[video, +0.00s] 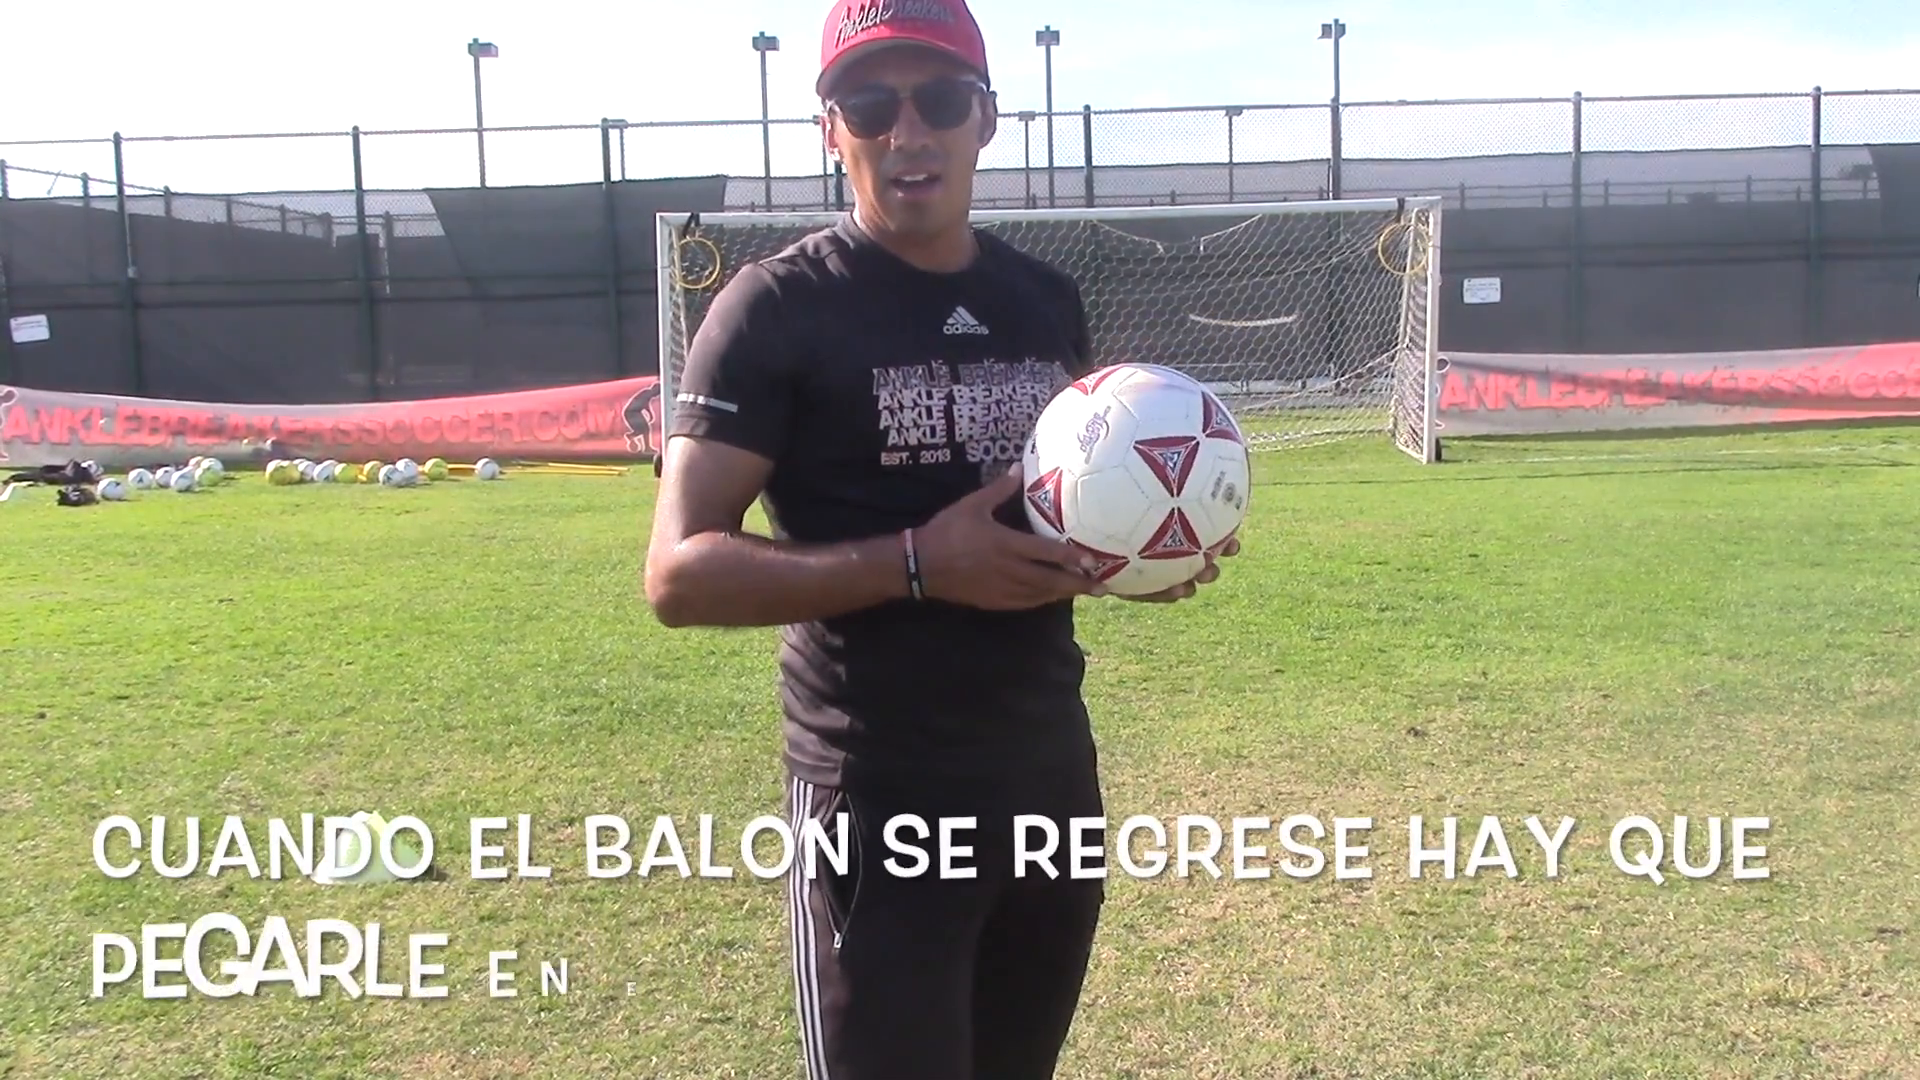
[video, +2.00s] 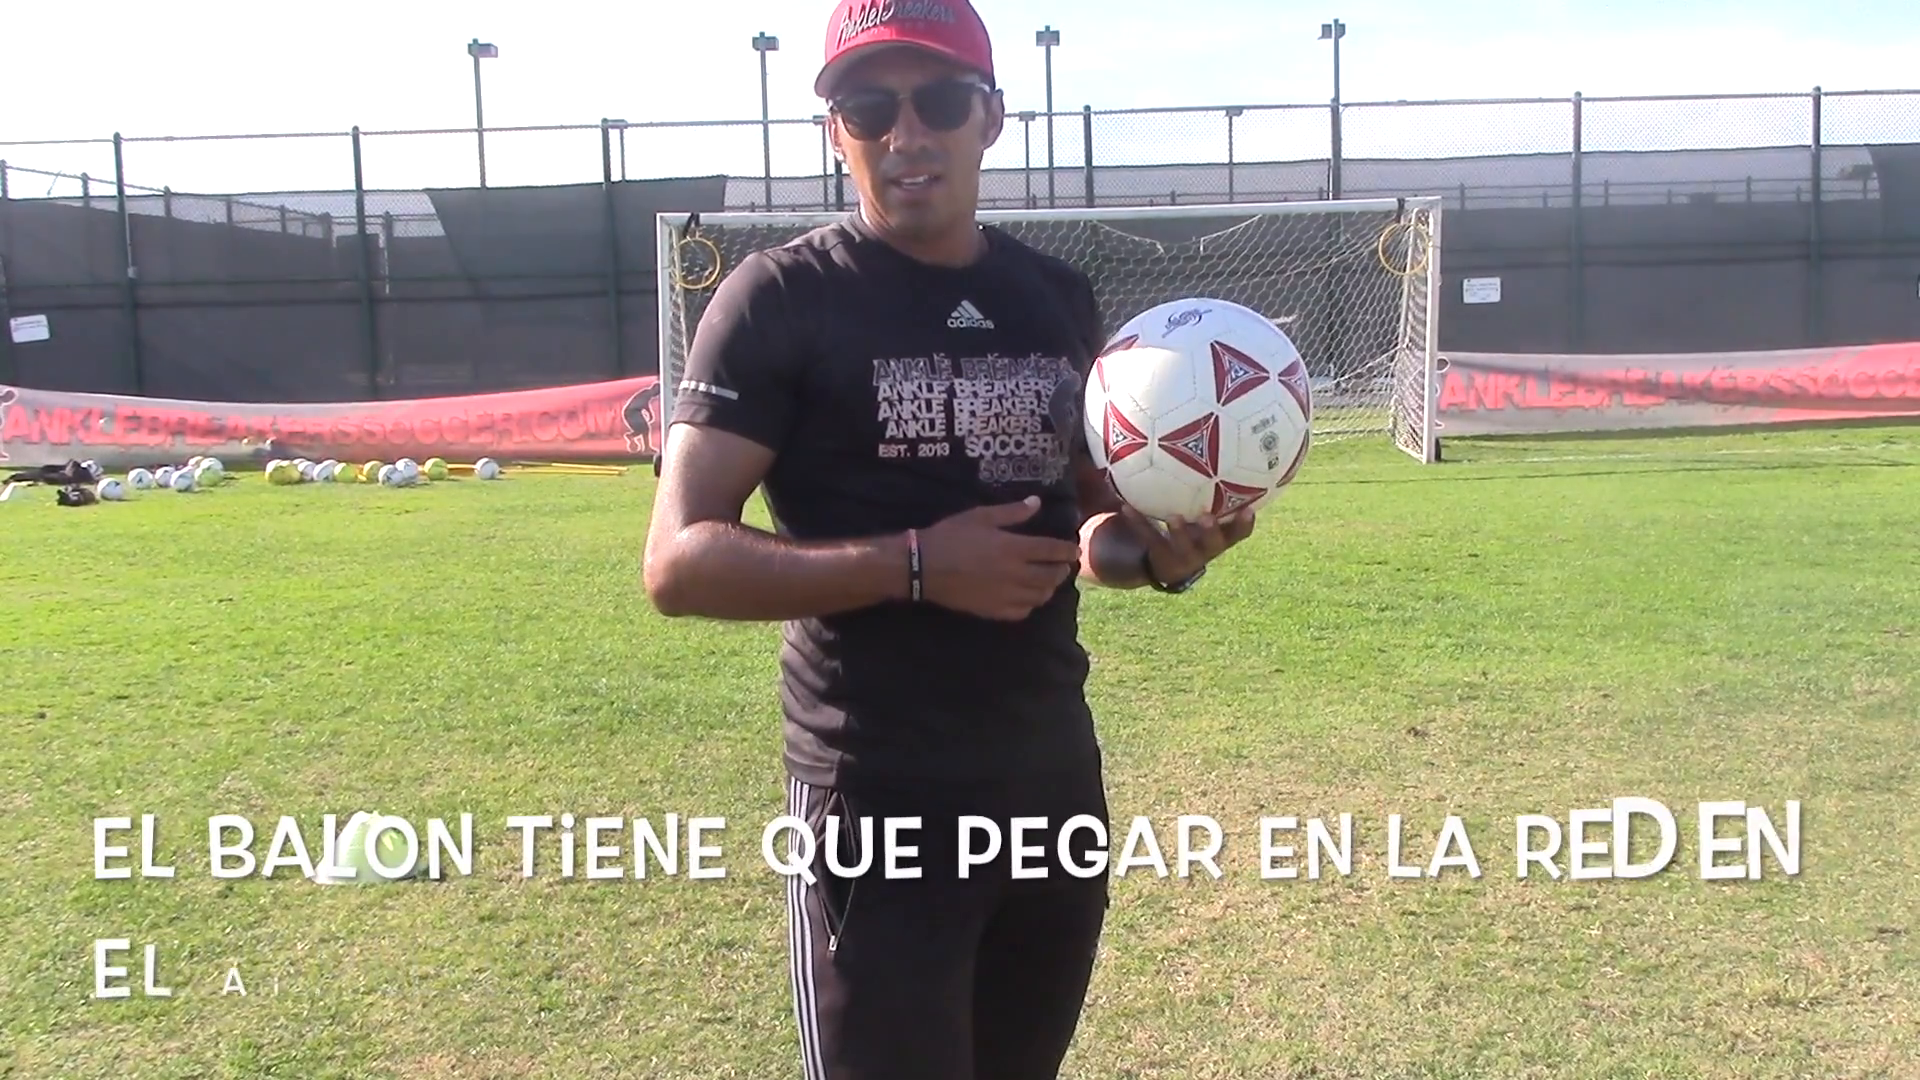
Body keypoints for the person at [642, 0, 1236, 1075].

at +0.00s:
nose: (911, 135)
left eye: (942, 102)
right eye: (874, 105)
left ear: (985, 120)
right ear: (832, 132)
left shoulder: (1043, 299)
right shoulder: (772, 306)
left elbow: (1067, 509)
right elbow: (678, 575)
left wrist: (1167, 535)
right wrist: (916, 560)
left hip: (1045, 759)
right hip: (874, 772)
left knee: (1018, 1062)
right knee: (888, 1062)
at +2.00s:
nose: (908, 137)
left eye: (940, 104)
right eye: (874, 109)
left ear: (989, 119)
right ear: (837, 133)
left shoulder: (1057, 298)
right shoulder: (775, 300)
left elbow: (1094, 526)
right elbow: (678, 562)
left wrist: (1157, 554)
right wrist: (915, 562)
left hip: (1050, 764)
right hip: (872, 777)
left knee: (1020, 1062)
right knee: (887, 1062)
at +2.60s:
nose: (922, 135)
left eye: (954, 101)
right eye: (885, 104)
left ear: (997, 117)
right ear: (842, 129)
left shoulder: (1058, 296)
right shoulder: (778, 303)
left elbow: (1087, 501)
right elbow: (683, 570)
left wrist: (1183, 512)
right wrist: (925, 576)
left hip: (1052, 765)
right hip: (873, 780)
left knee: (1022, 1062)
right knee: (889, 1061)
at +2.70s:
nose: (924, 128)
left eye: (955, 95)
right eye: (887, 99)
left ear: (997, 113)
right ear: (843, 130)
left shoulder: (1061, 297)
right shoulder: (778, 304)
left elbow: (1091, 497)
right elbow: (678, 567)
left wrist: (1164, 510)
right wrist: (916, 588)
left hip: (1053, 765)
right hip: (876, 779)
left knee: (1025, 1063)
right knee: (888, 1062)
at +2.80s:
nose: (921, 119)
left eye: (950, 86)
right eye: (881, 95)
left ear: (994, 108)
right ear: (842, 130)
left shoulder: (1064, 297)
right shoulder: (779, 306)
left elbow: (1098, 498)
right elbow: (675, 567)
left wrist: (1160, 512)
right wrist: (900, 598)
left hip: (1055, 767)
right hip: (879, 783)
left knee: (1025, 1065)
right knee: (888, 1062)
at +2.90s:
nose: (920, 118)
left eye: (948, 86)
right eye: (880, 95)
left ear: (993, 107)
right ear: (842, 131)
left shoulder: (1063, 294)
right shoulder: (781, 307)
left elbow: (1090, 527)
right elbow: (678, 571)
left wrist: (1164, 542)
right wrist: (869, 578)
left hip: (1055, 776)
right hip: (880, 789)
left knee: (1027, 1063)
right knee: (891, 1061)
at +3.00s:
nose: (918, 122)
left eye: (946, 89)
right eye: (880, 97)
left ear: (993, 109)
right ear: (841, 131)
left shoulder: (1060, 288)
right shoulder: (776, 307)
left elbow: (1111, 541)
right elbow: (692, 586)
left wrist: (1157, 539)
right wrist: (831, 537)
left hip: (1058, 780)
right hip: (878, 792)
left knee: (1028, 1063)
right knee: (890, 1061)